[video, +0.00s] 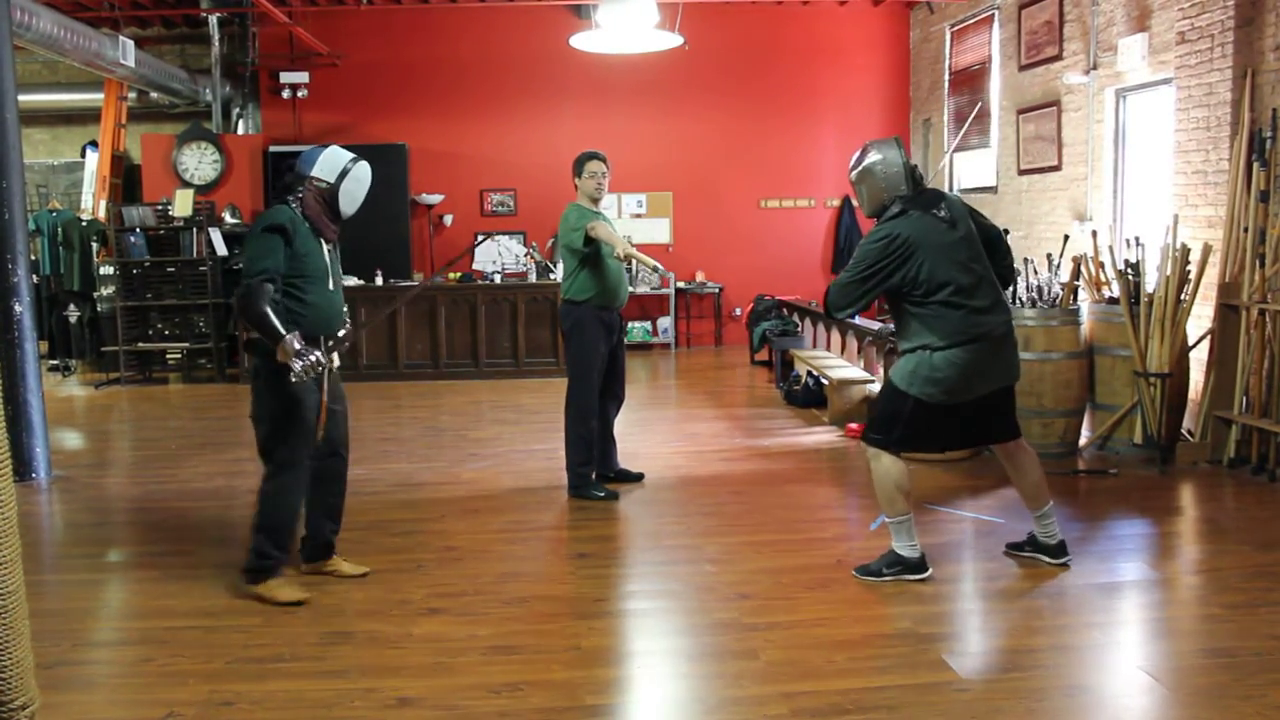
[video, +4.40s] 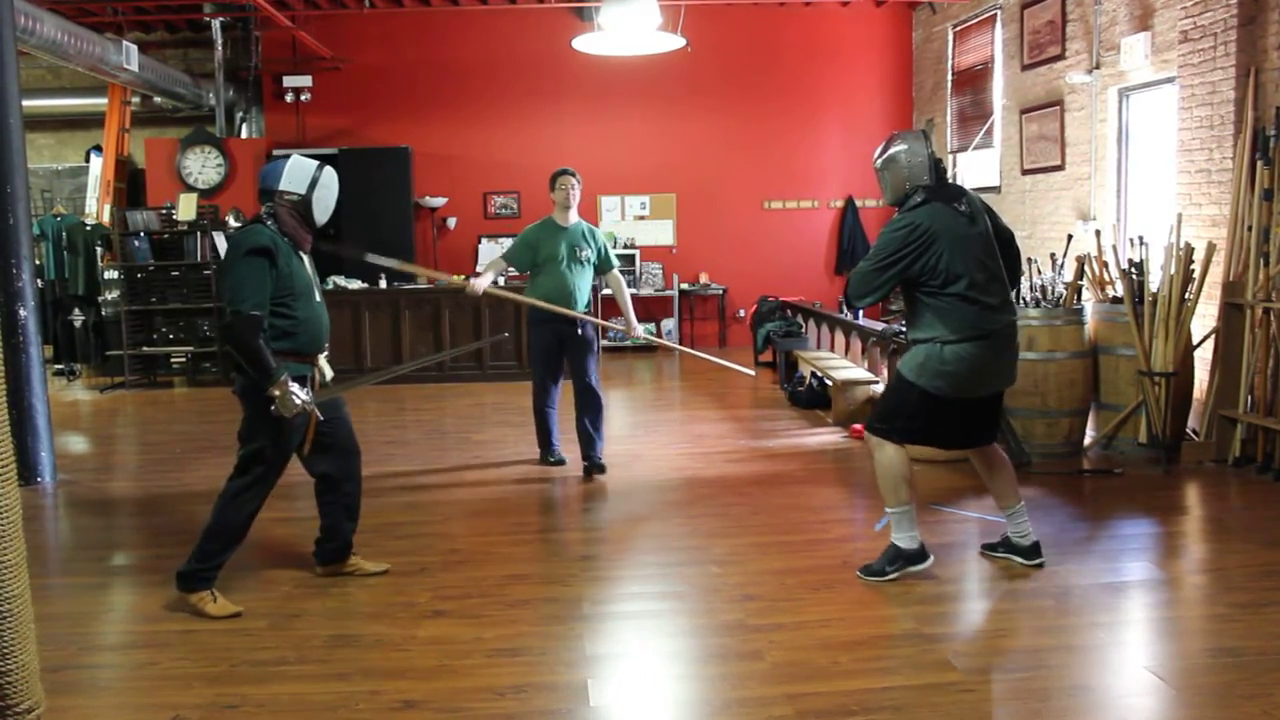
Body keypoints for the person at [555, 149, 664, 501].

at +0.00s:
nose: (601, 181)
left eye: (605, 176)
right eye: (593, 175)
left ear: (608, 181)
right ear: (577, 181)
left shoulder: (603, 218)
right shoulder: (574, 213)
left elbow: (615, 251)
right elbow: (595, 229)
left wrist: (633, 257)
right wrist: (620, 245)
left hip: (609, 316)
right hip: (584, 316)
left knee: (610, 395)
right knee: (583, 398)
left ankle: (606, 466)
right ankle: (580, 480)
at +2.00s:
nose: (597, 182)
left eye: (602, 176)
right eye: (590, 176)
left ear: (607, 182)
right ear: (576, 182)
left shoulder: (604, 221)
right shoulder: (572, 215)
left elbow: (618, 253)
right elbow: (591, 232)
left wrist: (625, 254)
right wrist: (613, 248)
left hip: (610, 315)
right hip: (585, 316)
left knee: (615, 394)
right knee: (590, 396)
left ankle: (609, 467)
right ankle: (584, 480)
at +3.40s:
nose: (596, 181)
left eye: (599, 175)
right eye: (587, 177)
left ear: (606, 182)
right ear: (574, 188)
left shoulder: (609, 224)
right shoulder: (569, 223)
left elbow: (627, 264)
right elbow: (578, 218)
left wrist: (654, 293)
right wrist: (593, 204)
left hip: (613, 322)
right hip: (584, 322)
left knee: (620, 403)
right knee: (595, 402)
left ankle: (598, 465)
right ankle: (585, 482)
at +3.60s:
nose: (601, 182)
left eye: (605, 177)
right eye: (593, 177)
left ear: (611, 183)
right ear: (581, 183)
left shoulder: (613, 226)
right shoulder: (575, 216)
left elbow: (632, 267)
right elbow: (556, 203)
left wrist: (654, 296)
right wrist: (556, 173)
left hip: (609, 318)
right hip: (580, 316)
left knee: (611, 396)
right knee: (585, 396)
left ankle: (596, 465)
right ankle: (586, 479)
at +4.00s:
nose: (596, 184)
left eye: (600, 180)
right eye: (589, 179)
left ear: (604, 188)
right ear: (575, 186)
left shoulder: (611, 230)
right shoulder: (556, 218)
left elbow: (634, 271)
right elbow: (517, 213)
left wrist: (658, 307)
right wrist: (512, 182)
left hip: (602, 316)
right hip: (567, 314)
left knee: (605, 390)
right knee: (560, 387)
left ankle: (597, 462)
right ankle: (548, 448)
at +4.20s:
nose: (584, 188)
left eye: (588, 184)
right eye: (577, 184)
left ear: (594, 192)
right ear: (564, 190)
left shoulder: (603, 234)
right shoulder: (546, 224)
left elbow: (624, 276)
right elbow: (507, 244)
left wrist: (642, 312)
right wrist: (495, 230)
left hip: (592, 319)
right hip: (556, 316)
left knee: (598, 389)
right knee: (551, 385)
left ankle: (597, 462)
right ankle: (546, 442)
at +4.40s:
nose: (570, 191)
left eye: (574, 187)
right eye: (563, 187)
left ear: (581, 194)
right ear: (552, 195)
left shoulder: (594, 236)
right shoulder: (536, 233)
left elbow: (614, 278)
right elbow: (502, 262)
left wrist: (631, 319)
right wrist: (484, 277)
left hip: (580, 321)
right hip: (543, 320)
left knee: (588, 385)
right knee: (546, 387)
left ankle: (592, 456)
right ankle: (549, 448)